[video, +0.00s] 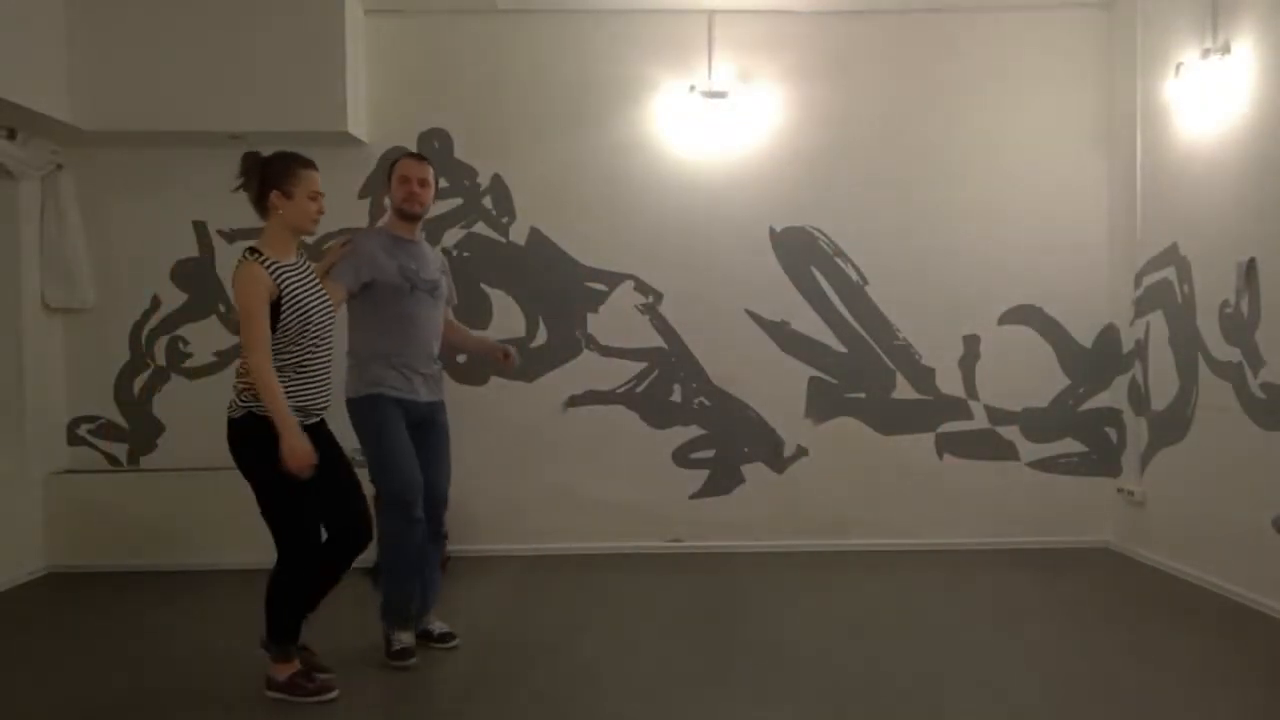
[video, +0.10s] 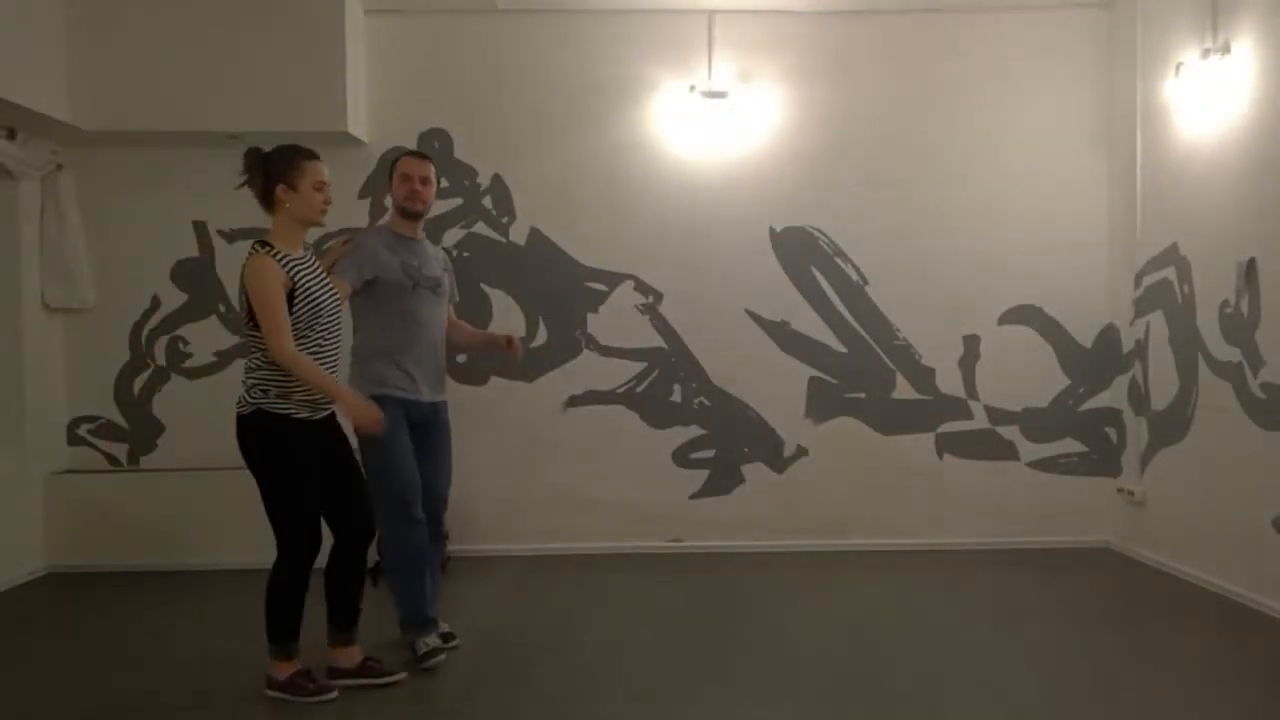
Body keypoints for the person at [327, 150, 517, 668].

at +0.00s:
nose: (414, 191)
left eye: (423, 183)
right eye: (405, 182)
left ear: (433, 194)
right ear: (387, 190)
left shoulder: (435, 260)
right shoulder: (365, 247)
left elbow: (444, 330)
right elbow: (313, 306)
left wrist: (490, 346)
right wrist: (267, 355)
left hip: (428, 394)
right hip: (376, 392)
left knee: (433, 503)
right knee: (403, 498)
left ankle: (420, 613)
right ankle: (398, 622)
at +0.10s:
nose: (416, 188)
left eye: (424, 181)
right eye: (407, 179)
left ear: (435, 192)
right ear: (389, 188)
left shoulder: (439, 259)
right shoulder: (367, 246)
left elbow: (447, 328)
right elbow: (319, 301)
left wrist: (492, 340)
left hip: (431, 399)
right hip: (380, 397)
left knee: (433, 508)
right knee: (403, 507)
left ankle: (424, 615)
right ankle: (418, 627)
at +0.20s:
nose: (417, 191)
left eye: (425, 184)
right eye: (407, 183)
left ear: (436, 196)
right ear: (390, 191)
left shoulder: (436, 261)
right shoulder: (368, 248)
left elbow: (446, 332)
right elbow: (320, 302)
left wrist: (489, 338)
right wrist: (327, 260)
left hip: (434, 404)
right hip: (381, 405)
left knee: (438, 512)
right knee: (404, 514)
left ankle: (424, 619)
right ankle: (421, 630)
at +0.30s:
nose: (416, 190)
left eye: (425, 183)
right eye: (407, 182)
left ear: (436, 195)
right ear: (390, 191)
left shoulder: (436, 261)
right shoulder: (368, 249)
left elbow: (444, 333)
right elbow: (320, 301)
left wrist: (487, 339)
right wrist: (327, 264)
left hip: (433, 401)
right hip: (380, 401)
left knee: (437, 512)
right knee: (406, 512)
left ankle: (425, 621)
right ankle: (421, 630)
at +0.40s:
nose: (414, 187)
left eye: (422, 180)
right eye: (404, 178)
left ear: (433, 192)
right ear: (387, 188)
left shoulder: (437, 260)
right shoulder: (365, 247)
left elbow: (444, 332)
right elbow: (314, 296)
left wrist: (486, 338)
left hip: (429, 398)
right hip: (377, 397)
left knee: (433, 510)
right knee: (404, 510)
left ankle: (425, 619)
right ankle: (418, 630)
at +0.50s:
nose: (407, 190)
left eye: (415, 183)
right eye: (398, 182)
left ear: (427, 194)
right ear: (382, 192)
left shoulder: (432, 263)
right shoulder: (359, 249)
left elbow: (445, 333)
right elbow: (309, 300)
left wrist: (484, 337)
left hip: (425, 401)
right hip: (372, 401)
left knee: (434, 510)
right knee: (400, 512)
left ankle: (422, 617)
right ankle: (400, 632)